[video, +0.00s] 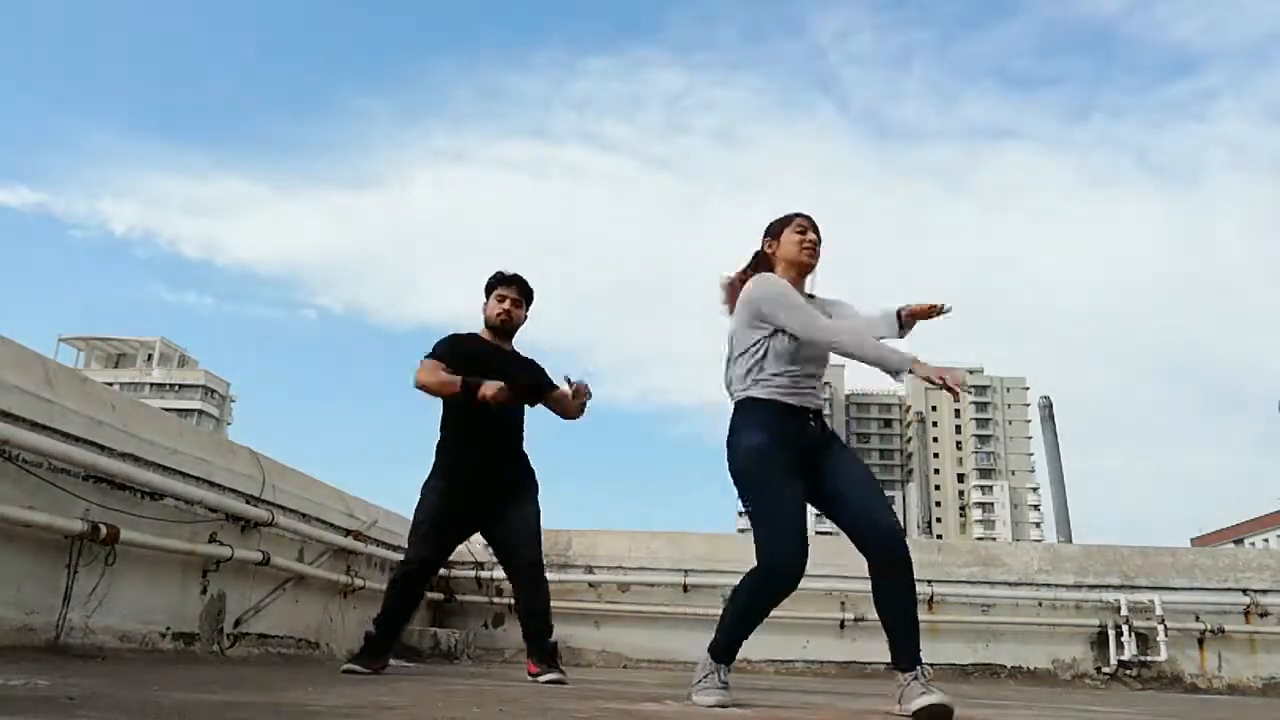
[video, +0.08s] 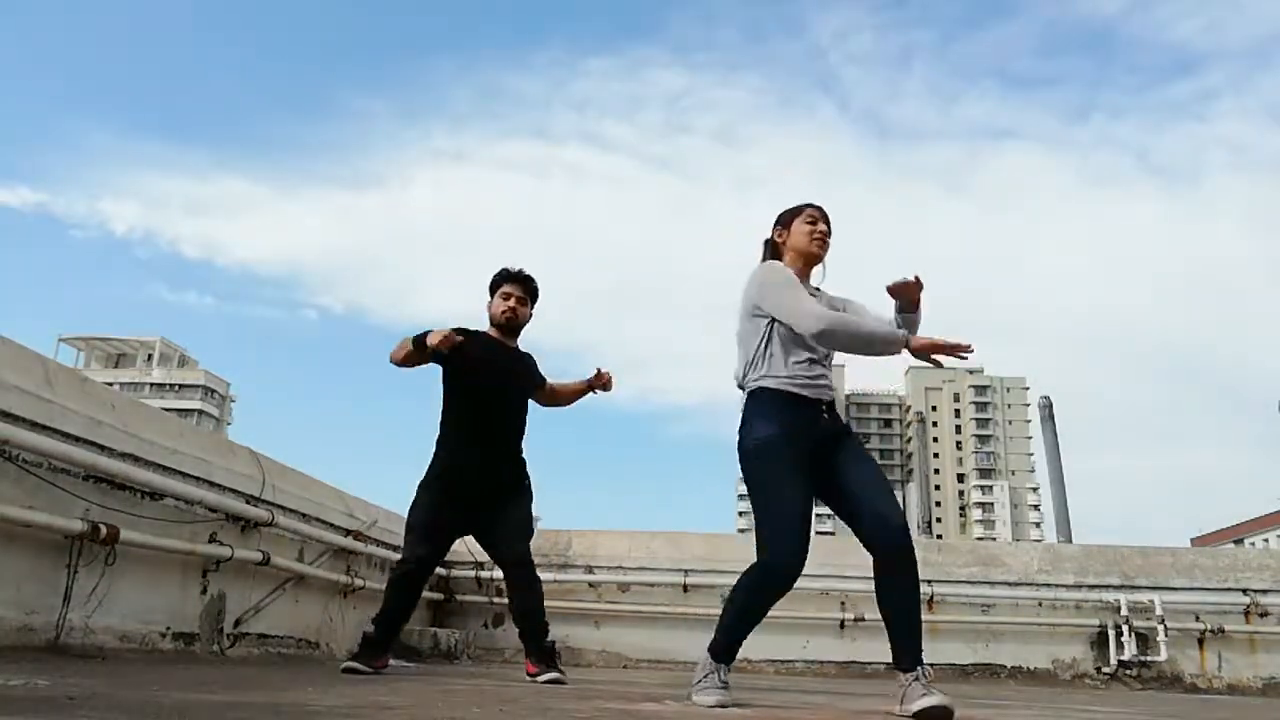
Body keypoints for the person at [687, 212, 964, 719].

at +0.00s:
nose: (811, 238)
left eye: (815, 234)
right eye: (798, 230)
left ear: (816, 254)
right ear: (770, 246)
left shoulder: (817, 304)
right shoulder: (763, 287)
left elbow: (854, 324)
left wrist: (903, 317)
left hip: (814, 436)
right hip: (762, 431)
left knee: (888, 543)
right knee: (782, 566)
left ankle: (911, 679)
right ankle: (714, 666)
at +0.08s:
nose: (821, 230)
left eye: (827, 228)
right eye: (809, 222)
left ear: (826, 248)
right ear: (779, 235)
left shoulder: (827, 300)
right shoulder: (768, 275)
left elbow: (893, 337)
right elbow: (816, 325)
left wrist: (908, 311)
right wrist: (904, 342)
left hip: (827, 430)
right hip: (773, 422)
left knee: (894, 539)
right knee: (782, 560)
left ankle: (912, 680)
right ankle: (715, 664)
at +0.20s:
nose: (831, 212)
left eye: (837, 209)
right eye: (820, 203)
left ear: (837, 228)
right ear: (790, 214)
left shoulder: (836, 290)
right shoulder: (772, 246)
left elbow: (907, 336)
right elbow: (773, 266)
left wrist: (912, 304)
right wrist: (855, 293)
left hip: (840, 410)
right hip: (781, 399)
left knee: (890, 535)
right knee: (769, 541)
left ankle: (911, 679)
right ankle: (712, 665)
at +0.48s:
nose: (852, 210)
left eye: (858, 206)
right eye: (839, 206)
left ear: (865, 225)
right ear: (817, 228)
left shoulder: (882, 282)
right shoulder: (803, 281)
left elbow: (907, 291)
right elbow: (830, 331)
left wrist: (892, 281)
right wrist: (906, 356)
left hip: (879, 419)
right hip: (811, 419)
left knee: (916, 545)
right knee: (776, 546)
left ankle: (917, 682)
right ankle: (712, 664)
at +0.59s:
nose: (851, 195)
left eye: (857, 188)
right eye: (837, 192)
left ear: (872, 204)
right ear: (822, 215)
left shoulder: (903, 246)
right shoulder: (808, 282)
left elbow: (937, 306)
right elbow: (791, 354)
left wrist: (915, 328)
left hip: (891, 397)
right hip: (822, 401)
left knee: (905, 538)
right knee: (768, 499)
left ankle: (916, 678)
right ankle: (770, 602)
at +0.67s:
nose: (849, 187)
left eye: (856, 181)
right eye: (836, 185)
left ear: (871, 196)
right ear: (821, 211)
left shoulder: (906, 240)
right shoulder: (812, 279)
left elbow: (951, 303)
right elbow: (794, 358)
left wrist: (954, 325)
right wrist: (729, 380)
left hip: (896, 387)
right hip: (828, 388)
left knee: (900, 538)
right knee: (771, 471)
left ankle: (915, 679)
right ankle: (815, 541)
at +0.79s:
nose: (843, 185)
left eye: (851, 178)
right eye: (830, 184)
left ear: (870, 194)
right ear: (821, 211)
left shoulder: (905, 234)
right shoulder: (822, 271)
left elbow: (952, 307)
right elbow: (800, 347)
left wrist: (1021, 267)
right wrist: (771, 324)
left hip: (893, 384)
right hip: (826, 384)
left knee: (899, 538)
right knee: (770, 478)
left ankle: (916, 681)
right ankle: (823, 510)